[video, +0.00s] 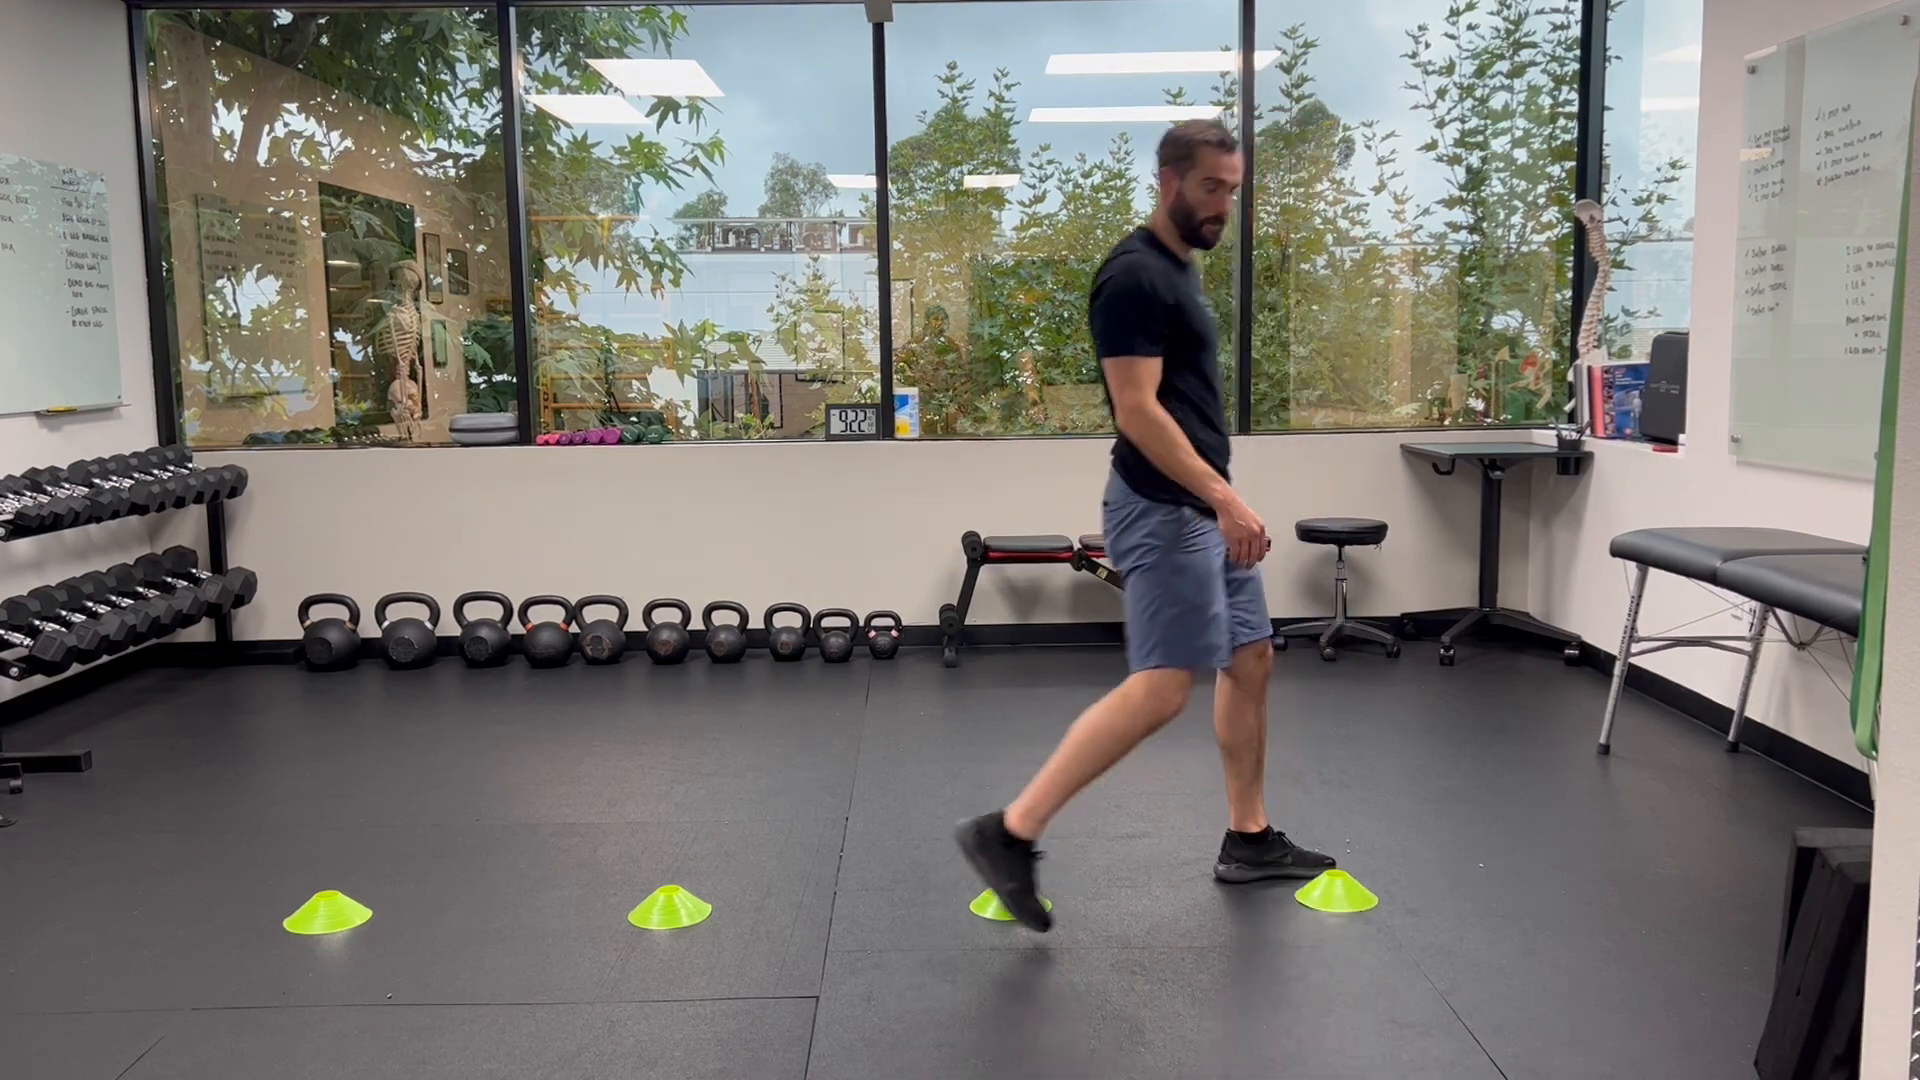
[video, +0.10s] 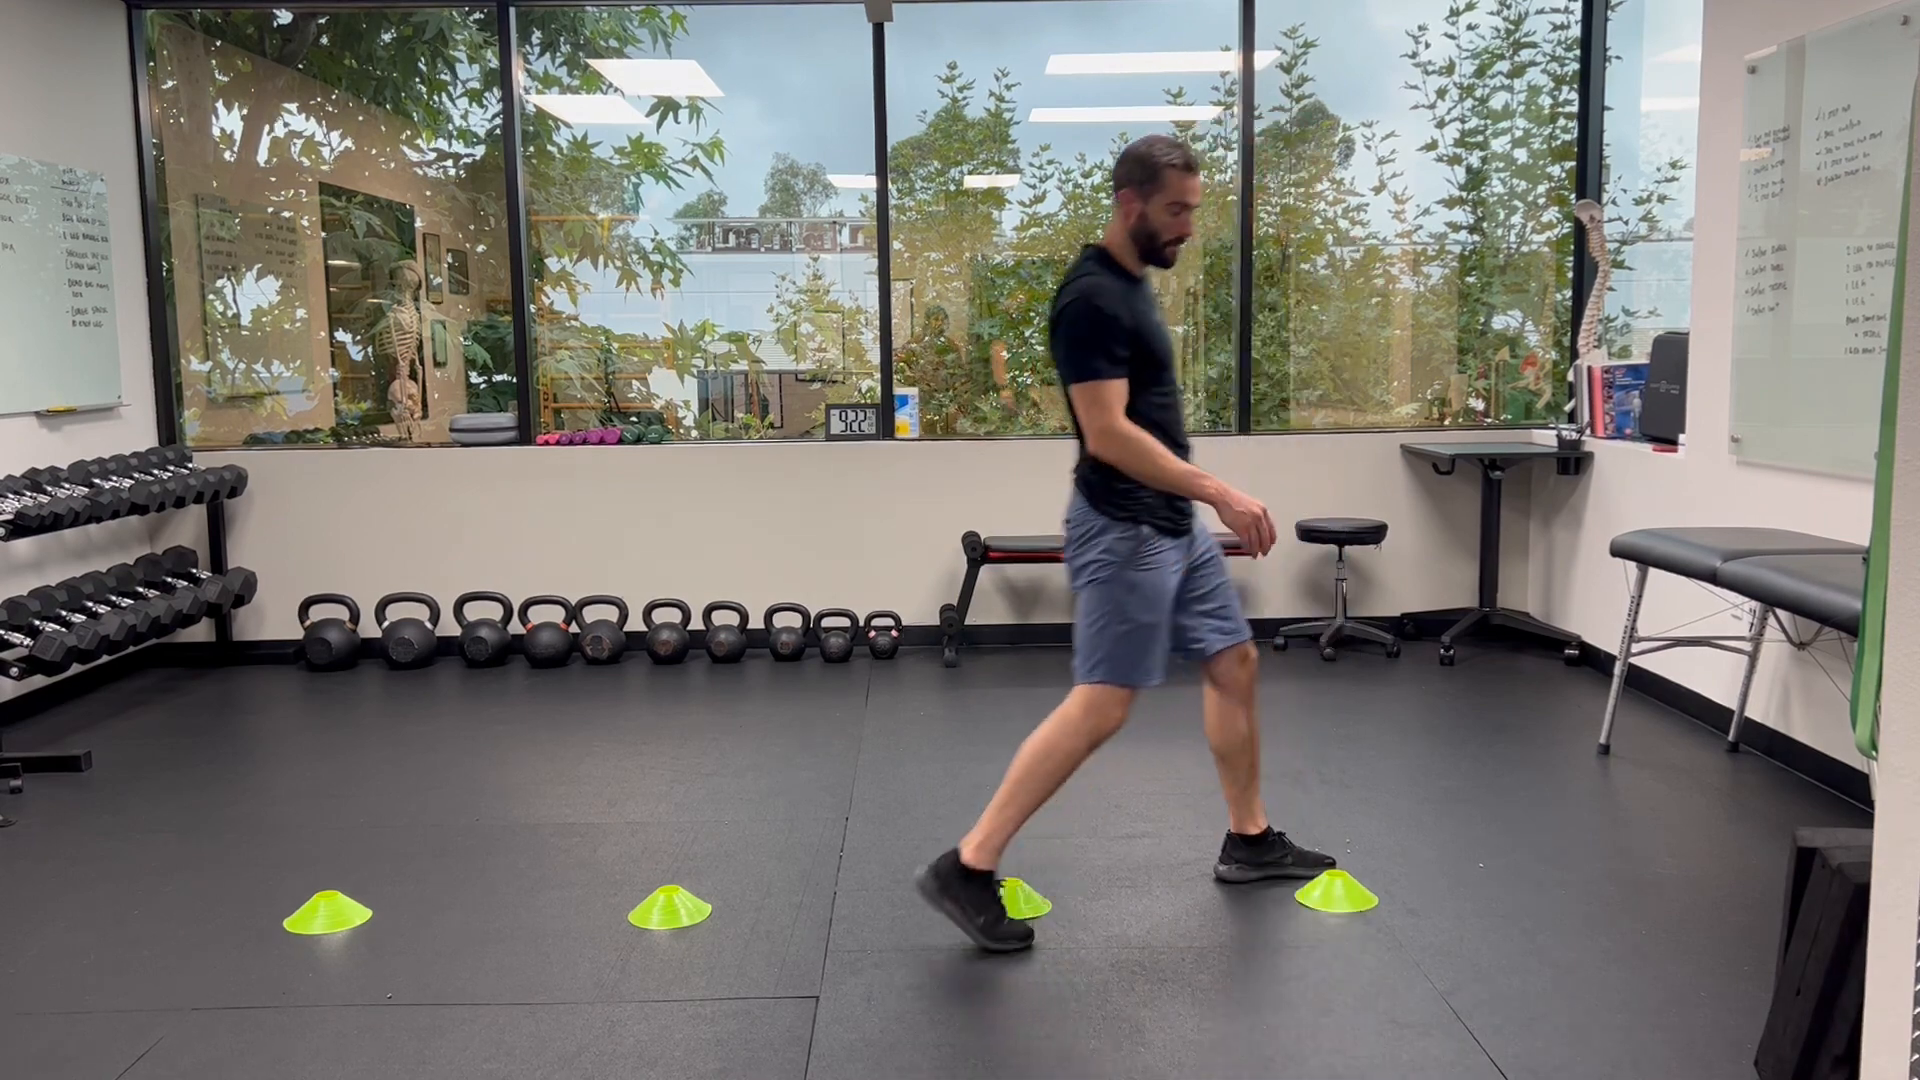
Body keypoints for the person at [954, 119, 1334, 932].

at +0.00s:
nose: (1223, 206)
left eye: (1233, 191)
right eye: (1212, 189)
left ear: (1233, 189)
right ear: (1168, 182)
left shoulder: (1177, 272)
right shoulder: (1134, 276)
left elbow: (1176, 408)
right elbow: (1137, 415)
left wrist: (1218, 510)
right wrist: (1227, 501)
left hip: (1203, 507)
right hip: (1161, 510)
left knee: (1250, 661)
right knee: (1162, 686)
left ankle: (1249, 839)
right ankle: (1011, 832)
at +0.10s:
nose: (1188, 225)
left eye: (1191, 210)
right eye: (1177, 210)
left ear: (1148, 208)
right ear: (1128, 203)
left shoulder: (1130, 285)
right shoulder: (1091, 295)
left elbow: (1135, 423)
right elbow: (1105, 436)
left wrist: (1202, 506)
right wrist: (1221, 492)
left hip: (1177, 527)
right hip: (1121, 532)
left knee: (1234, 669)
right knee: (1101, 705)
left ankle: (1249, 838)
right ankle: (968, 865)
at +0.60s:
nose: (940, 206)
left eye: (942, 192)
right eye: (929, 193)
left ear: (899, 187)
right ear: (879, 186)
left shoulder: (913, 262)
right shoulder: (827, 284)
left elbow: (952, 372)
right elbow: (790, 428)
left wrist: (1010, 444)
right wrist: (789, 562)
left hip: (920, 511)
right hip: (887, 518)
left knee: (906, 650)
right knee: (946, 693)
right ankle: (932, 895)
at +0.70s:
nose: (890, 222)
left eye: (894, 207)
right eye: (879, 208)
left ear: (850, 203)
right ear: (827, 202)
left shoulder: (870, 275)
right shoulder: (773, 295)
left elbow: (908, 374)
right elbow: (713, 424)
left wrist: (951, 394)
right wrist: (705, 557)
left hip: (863, 520)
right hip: (845, 528)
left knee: (826, 668)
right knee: (930, 692)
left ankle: (691, 783)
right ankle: (933, 896)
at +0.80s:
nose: (837, 243)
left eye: (842, 229)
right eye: (825, 229)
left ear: (826, 220)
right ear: (777, 215)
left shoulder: (815, 295)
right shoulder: (720, 302)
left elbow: (869, 399)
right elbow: (661, 420)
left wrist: (913, 380)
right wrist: (645, 551)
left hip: (790, 529)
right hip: (787, 536)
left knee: (749, 679)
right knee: (877, 694)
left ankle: (642, 822)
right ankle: (925, 893)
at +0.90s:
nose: (786, 251)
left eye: (794, 237)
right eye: (776, 235)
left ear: (792, 227)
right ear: (731, 214)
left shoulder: (759, 297)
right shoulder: (673, 296)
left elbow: (806, 402)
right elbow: (623, 418)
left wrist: (881, 400)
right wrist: (604, 544)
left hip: (741, 526)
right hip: (719, 531)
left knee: (695, 682)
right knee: (801, 696)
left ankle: (628, 841)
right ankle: (879, 877)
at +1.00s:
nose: (744, 239)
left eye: (754, 226)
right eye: (737, 222)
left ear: (742, 214)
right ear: (697, 197)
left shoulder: (707, 281)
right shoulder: (633, 275)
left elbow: (736, 393)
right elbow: (596, 399)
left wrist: (826, 450)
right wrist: (592, 523)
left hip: (697, 508)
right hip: (662, 510)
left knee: (675, 671)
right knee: (733, 674)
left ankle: (628, 839)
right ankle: (769, 877)